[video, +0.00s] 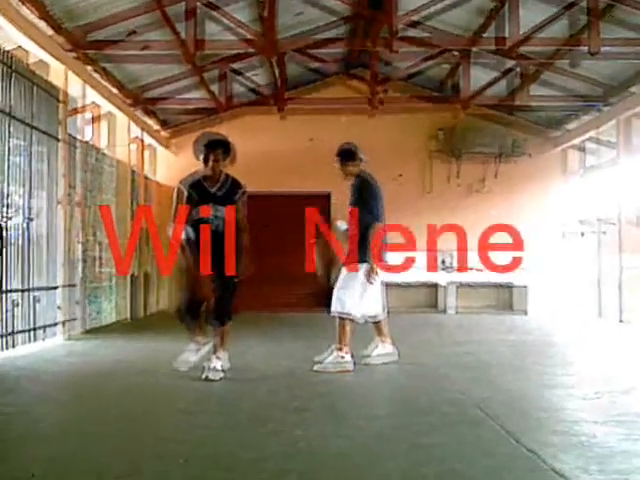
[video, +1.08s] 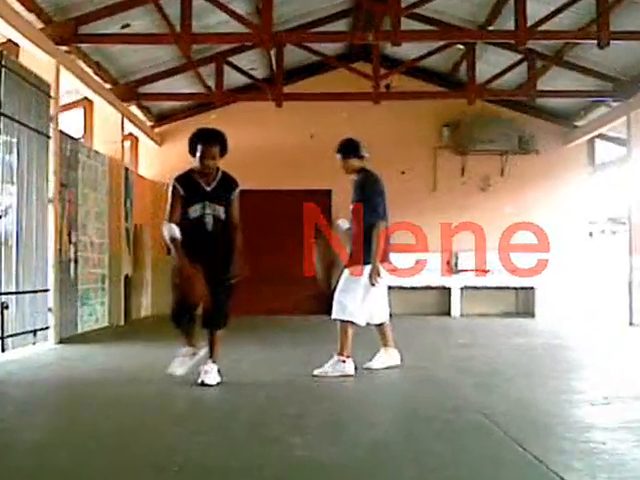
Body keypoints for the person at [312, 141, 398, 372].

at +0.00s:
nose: (342, 172)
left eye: (342, 167)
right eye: (341, 167)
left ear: (350, 164)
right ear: (353, 163)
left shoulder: (366, 184)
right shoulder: (358, 185)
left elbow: (375, 223)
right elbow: (362, 223)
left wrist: (372, 260)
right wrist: (346, 230)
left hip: (363, 259)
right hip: (359, 257)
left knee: (343, 301)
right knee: (373, 302)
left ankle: (342, 351)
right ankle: (384, 342)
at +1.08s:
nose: (342, 166)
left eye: (343, 161)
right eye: (341, 161)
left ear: (353, 159)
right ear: (355, 159)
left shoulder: (370, 181)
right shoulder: (361, 182)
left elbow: (380, 223)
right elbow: (365, 222)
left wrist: (376, 261)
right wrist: (349, 227)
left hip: (365, 260)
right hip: (363, 258)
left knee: (344, 304)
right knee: (377, 306)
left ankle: (343, 358)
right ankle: (389, 350)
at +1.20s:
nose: (368, 175)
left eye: (371, 171)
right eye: (364, 171)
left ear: (377, 170)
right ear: (360, 172)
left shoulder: (389, 191)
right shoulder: (359, 194)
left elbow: (404, 222)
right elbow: (353, 225)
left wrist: (414, 251)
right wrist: (346, 247)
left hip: (379, 253)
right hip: (363, 252)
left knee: (355, 289)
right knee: (377, 294)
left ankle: (358, 335)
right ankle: (380, 337)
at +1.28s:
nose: (368, 175)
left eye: (371, 171)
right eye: (364, 171)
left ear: (377, 170)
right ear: (360, 172)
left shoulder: (389, 191)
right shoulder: (359, 194)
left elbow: (404, 222)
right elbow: (353, 225)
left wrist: (414, 251)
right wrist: (346, 247)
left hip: (379, 253)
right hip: (363, 252)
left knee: (354, 288)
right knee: (377, 293)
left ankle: (358, 335)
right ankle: (380, 337)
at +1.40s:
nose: (380, 176)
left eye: (383, 171)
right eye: (376, 172)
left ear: (389, 171)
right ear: (372, 173)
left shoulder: (401, 190)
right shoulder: (371, 197)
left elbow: (421, 203)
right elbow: (359, 219)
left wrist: (436, 194)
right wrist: (339, 226)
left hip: (393, 254)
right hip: (375, 254)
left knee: (380, 296)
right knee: (368, 297)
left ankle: (412, 335)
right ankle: (379, 338)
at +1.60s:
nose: (393, 165)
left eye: (396, 160)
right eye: (389, 161)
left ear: (403, 161)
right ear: (385, 163)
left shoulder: (419, 179)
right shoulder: (385, 187)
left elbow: (444, 183)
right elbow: (368, 205)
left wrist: (460, 172)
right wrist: (339, 208)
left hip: (414, 248)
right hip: (393, 249)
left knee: (410, 295)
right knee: (390, 293)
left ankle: (424, 338)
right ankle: (394, 334)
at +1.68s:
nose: (400, 157)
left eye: (403, 153)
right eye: (396, 153)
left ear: (410, 152)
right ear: (391, 155)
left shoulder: (425, 171)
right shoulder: (390, 179)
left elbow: (451, 181)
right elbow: (377, 205)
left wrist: (465, 180)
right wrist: (351, 220)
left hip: (422, 239)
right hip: (399, 242)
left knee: (424, 287)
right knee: (404, 289)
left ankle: (434, 334)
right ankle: (410, 334)